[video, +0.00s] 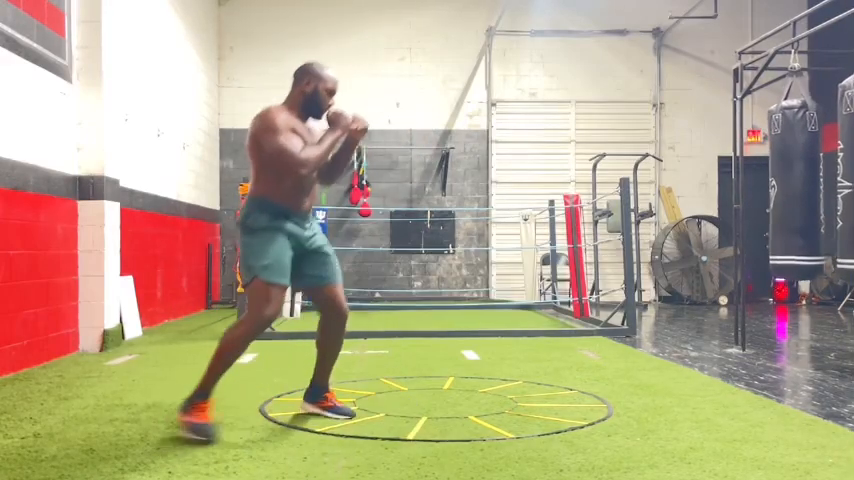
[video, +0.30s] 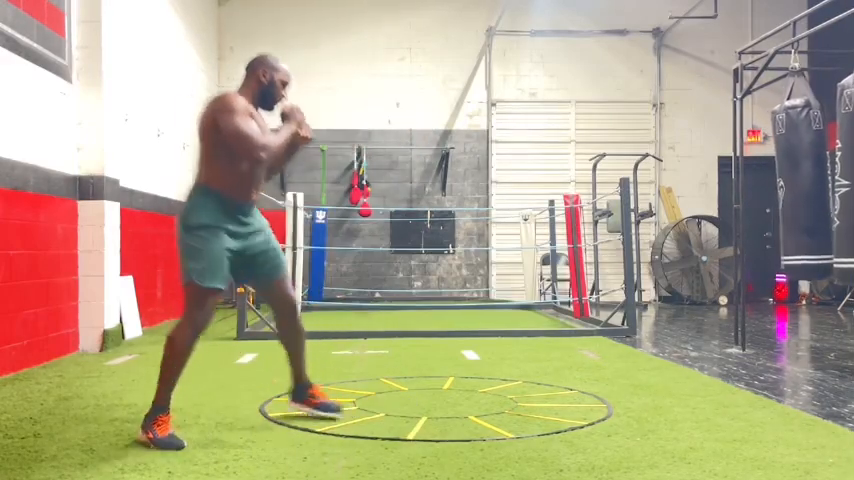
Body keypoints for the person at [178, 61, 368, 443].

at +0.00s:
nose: (331, 103)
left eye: (333, 97)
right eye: (328, 94)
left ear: (310, 87)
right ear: (305, 85)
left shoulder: (312, 129)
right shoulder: (270, 121)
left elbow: (328, 176)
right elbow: (304, 162)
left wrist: (352, 142)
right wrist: (338, 132)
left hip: (306, 226)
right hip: (268, 223)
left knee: (337, 311)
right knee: (264, 310)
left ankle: (318, 392)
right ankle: (197, 401)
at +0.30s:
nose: (285, 93)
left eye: (287, 88)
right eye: (282, 86)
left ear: (264, 78)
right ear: (261, 75)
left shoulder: (264, 121)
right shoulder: (227, 104)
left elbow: (262, 172)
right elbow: (261, 150)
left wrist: (293, 145)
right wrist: (291, 124)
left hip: (248, 217)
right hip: (209, 214)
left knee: (287, 301)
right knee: (199, 313)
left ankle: (302, 389)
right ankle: (157, 415)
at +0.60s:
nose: (246, 109)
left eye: (248, 103)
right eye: (243, 101)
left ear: (221, 93)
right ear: (219, 91)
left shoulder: (224, 139)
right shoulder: (185, 128)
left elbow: (229, 190)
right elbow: (220, 174)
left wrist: (258, 163)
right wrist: (249, 142)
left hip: (212, 240)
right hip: (174, 235)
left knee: (238, 327)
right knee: (178, 326)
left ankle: (195, 394)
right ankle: (123, 416)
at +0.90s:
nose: (261, 102)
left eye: (263, 96)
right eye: (259, 94)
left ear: (242, 90)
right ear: (237, 86)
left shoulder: (239, 129)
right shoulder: (201, 118)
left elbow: (254, 172)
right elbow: (231, 157)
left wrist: (279, 147)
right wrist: (267, 128)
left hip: (234, 224)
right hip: (192, 227)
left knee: (275, 297)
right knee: (181, 315)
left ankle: (288, 372)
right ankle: (142, 403)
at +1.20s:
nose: (298, 101)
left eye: (300, 95)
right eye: (294, 93)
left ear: (282, 91)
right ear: (271, 88)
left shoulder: (294, 131)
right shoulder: (238, 124)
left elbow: (324, 168)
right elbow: (253, 163)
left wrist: (333, 132)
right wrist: (292, 127)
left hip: (284, 224)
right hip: (243, 221)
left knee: (302, 302)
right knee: (218, 300)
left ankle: (300, 384)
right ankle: (173, 385)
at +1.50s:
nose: (317, 119)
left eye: (319, 113)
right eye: (312, 112)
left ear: (316, 112)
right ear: (291, 107)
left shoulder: (318, 149)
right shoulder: (260, 143)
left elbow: (339, 188)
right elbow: (268, 187)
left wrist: (354, 160)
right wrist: (305, 150)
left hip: (318, 237)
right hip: (273, 241)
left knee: (354, 307)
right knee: (245, 320)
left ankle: (388, 377)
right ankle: (217, 380)